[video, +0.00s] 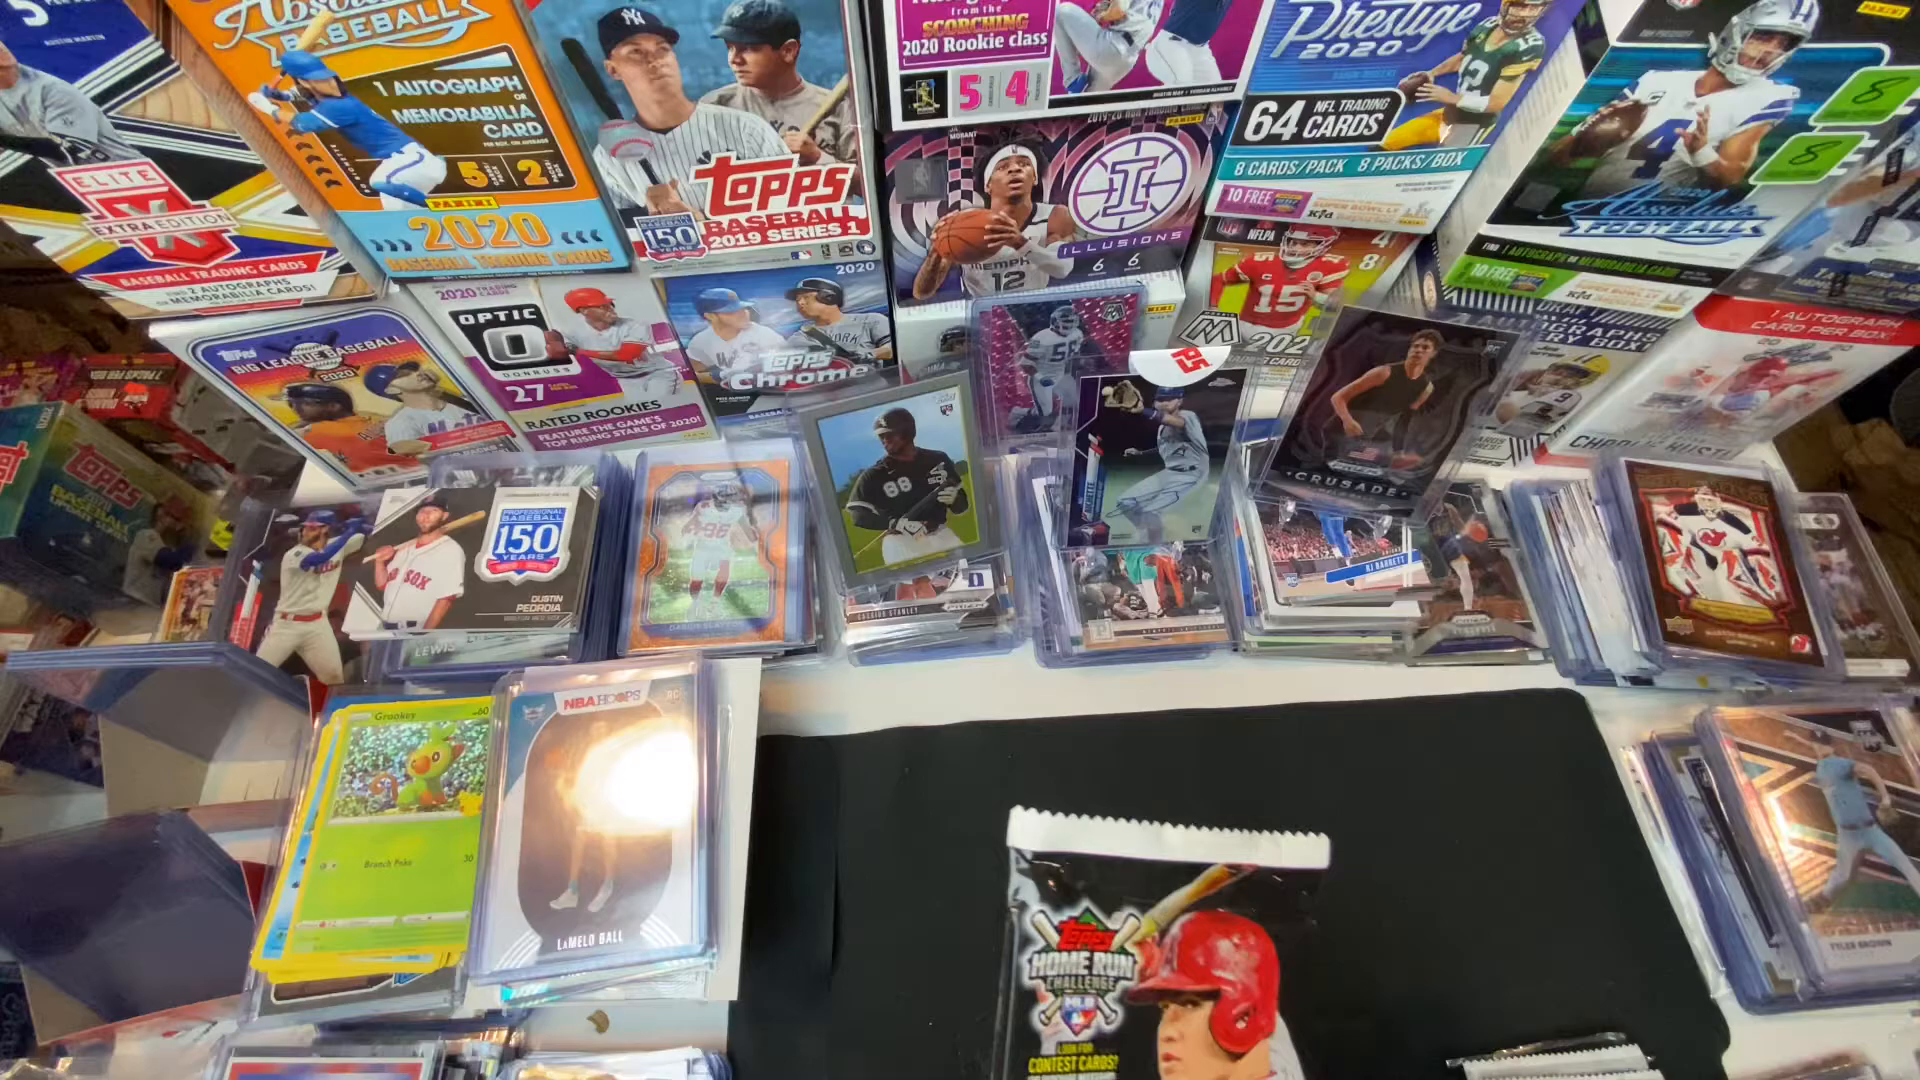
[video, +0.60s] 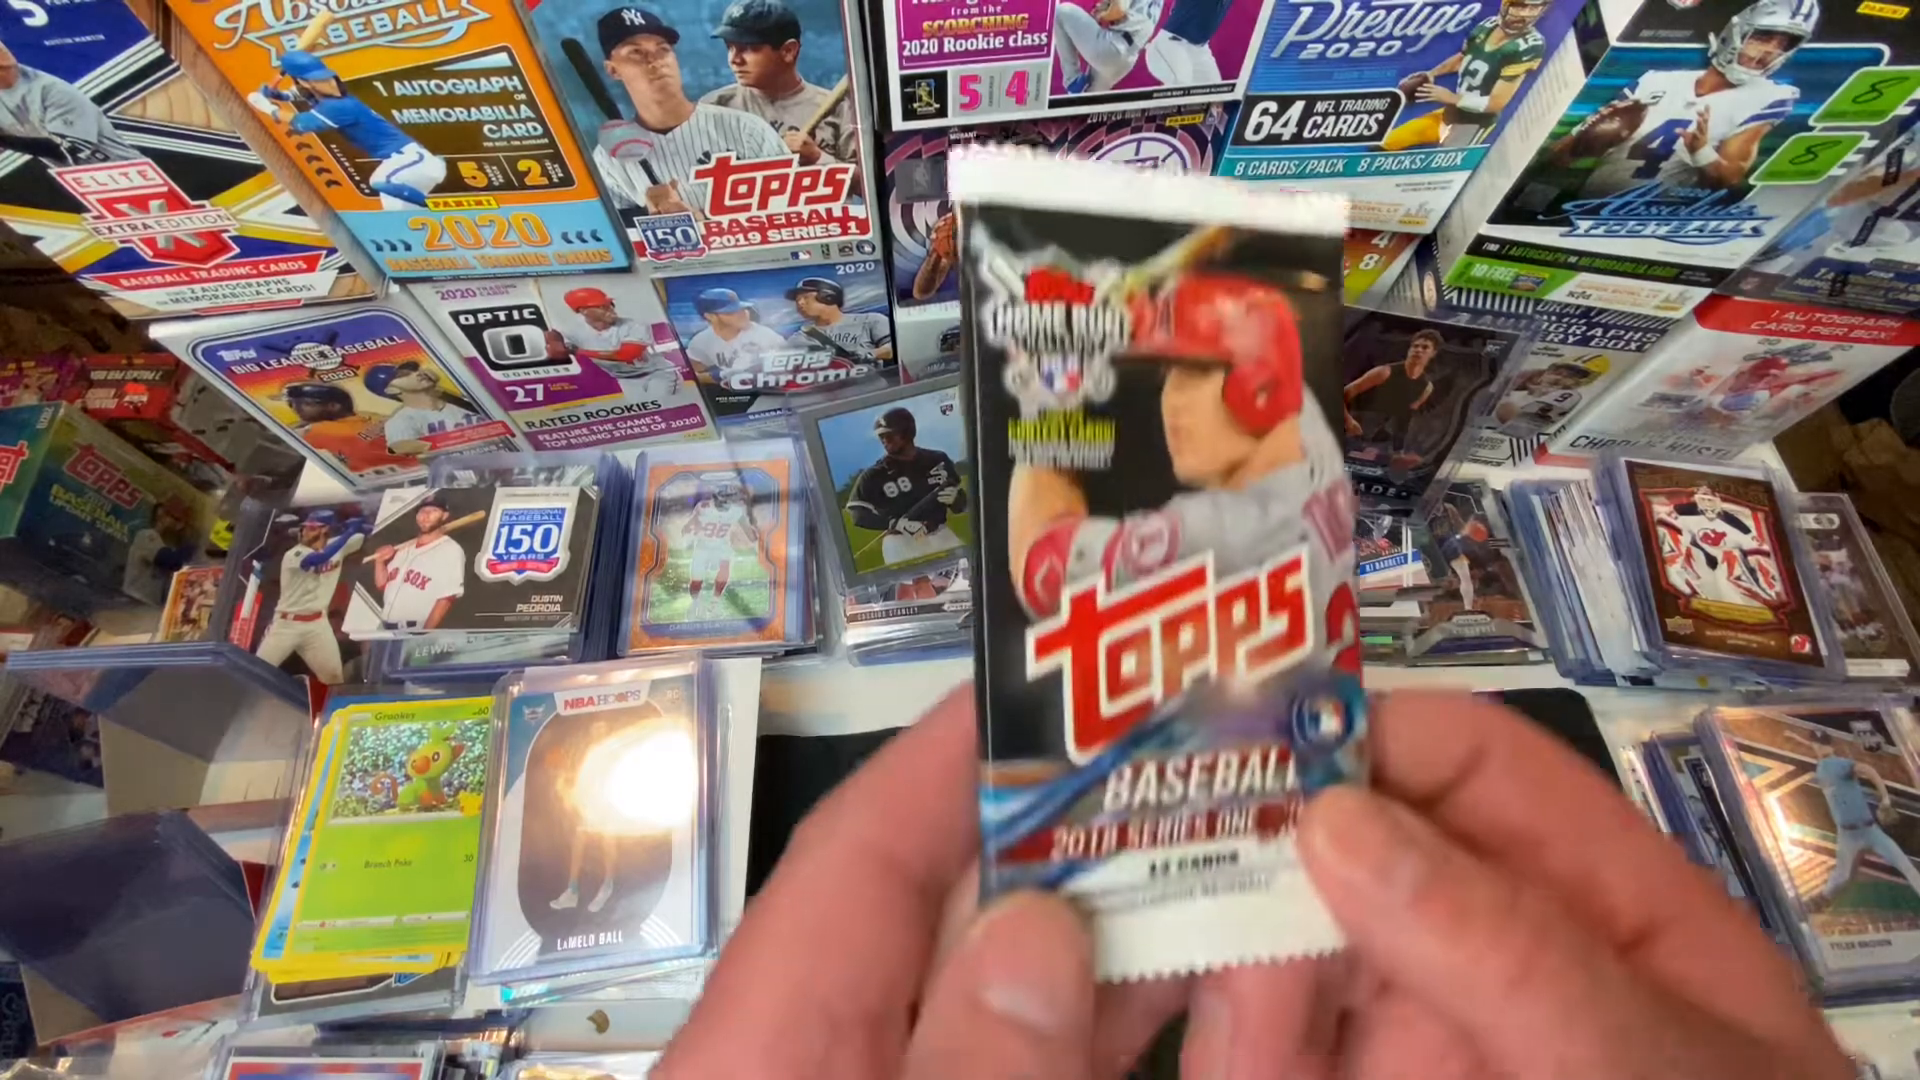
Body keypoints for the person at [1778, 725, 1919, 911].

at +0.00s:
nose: (1820, 749)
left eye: (1822, 744)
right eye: (1816, 746)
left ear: (1829, 744)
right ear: (1815, 749)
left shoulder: (1838, 764)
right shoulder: (1822, 767)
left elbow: (1869, 770)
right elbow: (1812, 746)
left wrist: (1885, 797)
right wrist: (1796, 737)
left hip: (1870, 828)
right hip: (1847, 833)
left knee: (1903, 862)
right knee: (1843, 874)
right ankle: (1824, 898)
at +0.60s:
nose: (1820, 749)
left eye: (1822, 744)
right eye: (1817, 745)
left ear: (1826, 743)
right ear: (1815, 748)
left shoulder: (1838, 764)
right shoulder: (1821, 768)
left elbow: (1868, 770)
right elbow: (1812, 745)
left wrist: (1885, 798)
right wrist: (1796, 738)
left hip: (1870, 828)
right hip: (1846, 833)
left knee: (1903, 863)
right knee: (1842, 875)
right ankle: (1824, 897)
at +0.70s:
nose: (1824, 751)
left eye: (1826, 746)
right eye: (1820, 748)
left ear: (1832, 746)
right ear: (1816, 750)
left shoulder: (1841, 764)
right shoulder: (1823, 767)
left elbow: (1868, 770)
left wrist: (1885, 797)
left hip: (1870, 829)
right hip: (1846, 834)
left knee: (1902, 862)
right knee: (1843, 875)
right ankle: (1822, 898)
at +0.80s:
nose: (1821, 750)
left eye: (1824, 745)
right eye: (1818, 746)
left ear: (1830, 746)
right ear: (1815, 749)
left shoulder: (1840, 764)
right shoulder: (1823, 767)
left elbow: (1869, 770)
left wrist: (1884, 795)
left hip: (1869, 829)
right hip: (1846, 834)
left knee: (1903, 862)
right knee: (1844, 875)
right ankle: (1816, 898)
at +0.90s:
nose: (1823, 751)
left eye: (1826, 746)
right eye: (1819, 748)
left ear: (1831, 746)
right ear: (1815, 750)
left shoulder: (1841, 765)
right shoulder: (1821, 768)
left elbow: (1869, 770)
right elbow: (1799, 781)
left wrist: (1884, 796)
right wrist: (1776, 794)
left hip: (1869, 829)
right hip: (1846, 834)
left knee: (1902, 861)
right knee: (1844, 875)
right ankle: (1818, 898)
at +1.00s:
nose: (1823, 751)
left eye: (1825, 746)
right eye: (1819, 748)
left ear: (1831, 746)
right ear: (1815, 750)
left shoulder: (1841, 765)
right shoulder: (1821, 768)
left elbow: (1869, 770)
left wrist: (1885, 797)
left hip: (1869, 829)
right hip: (1846, 834)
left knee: (1903, 862)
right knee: (1842, 876)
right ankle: (1820, 899)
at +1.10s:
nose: (1823, 750)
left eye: (1826, 745)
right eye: (1819, 746)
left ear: (1832, 746)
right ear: (1815, 749)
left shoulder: (1840, 766)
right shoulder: (1824, 767)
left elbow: (1855, 792)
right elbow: (1868, 770)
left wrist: (1882, 800)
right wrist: (1884, 795)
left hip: (1869, 829)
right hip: (1846, 833)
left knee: (1902, 862)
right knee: (1842, 875)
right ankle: (1823, 897)